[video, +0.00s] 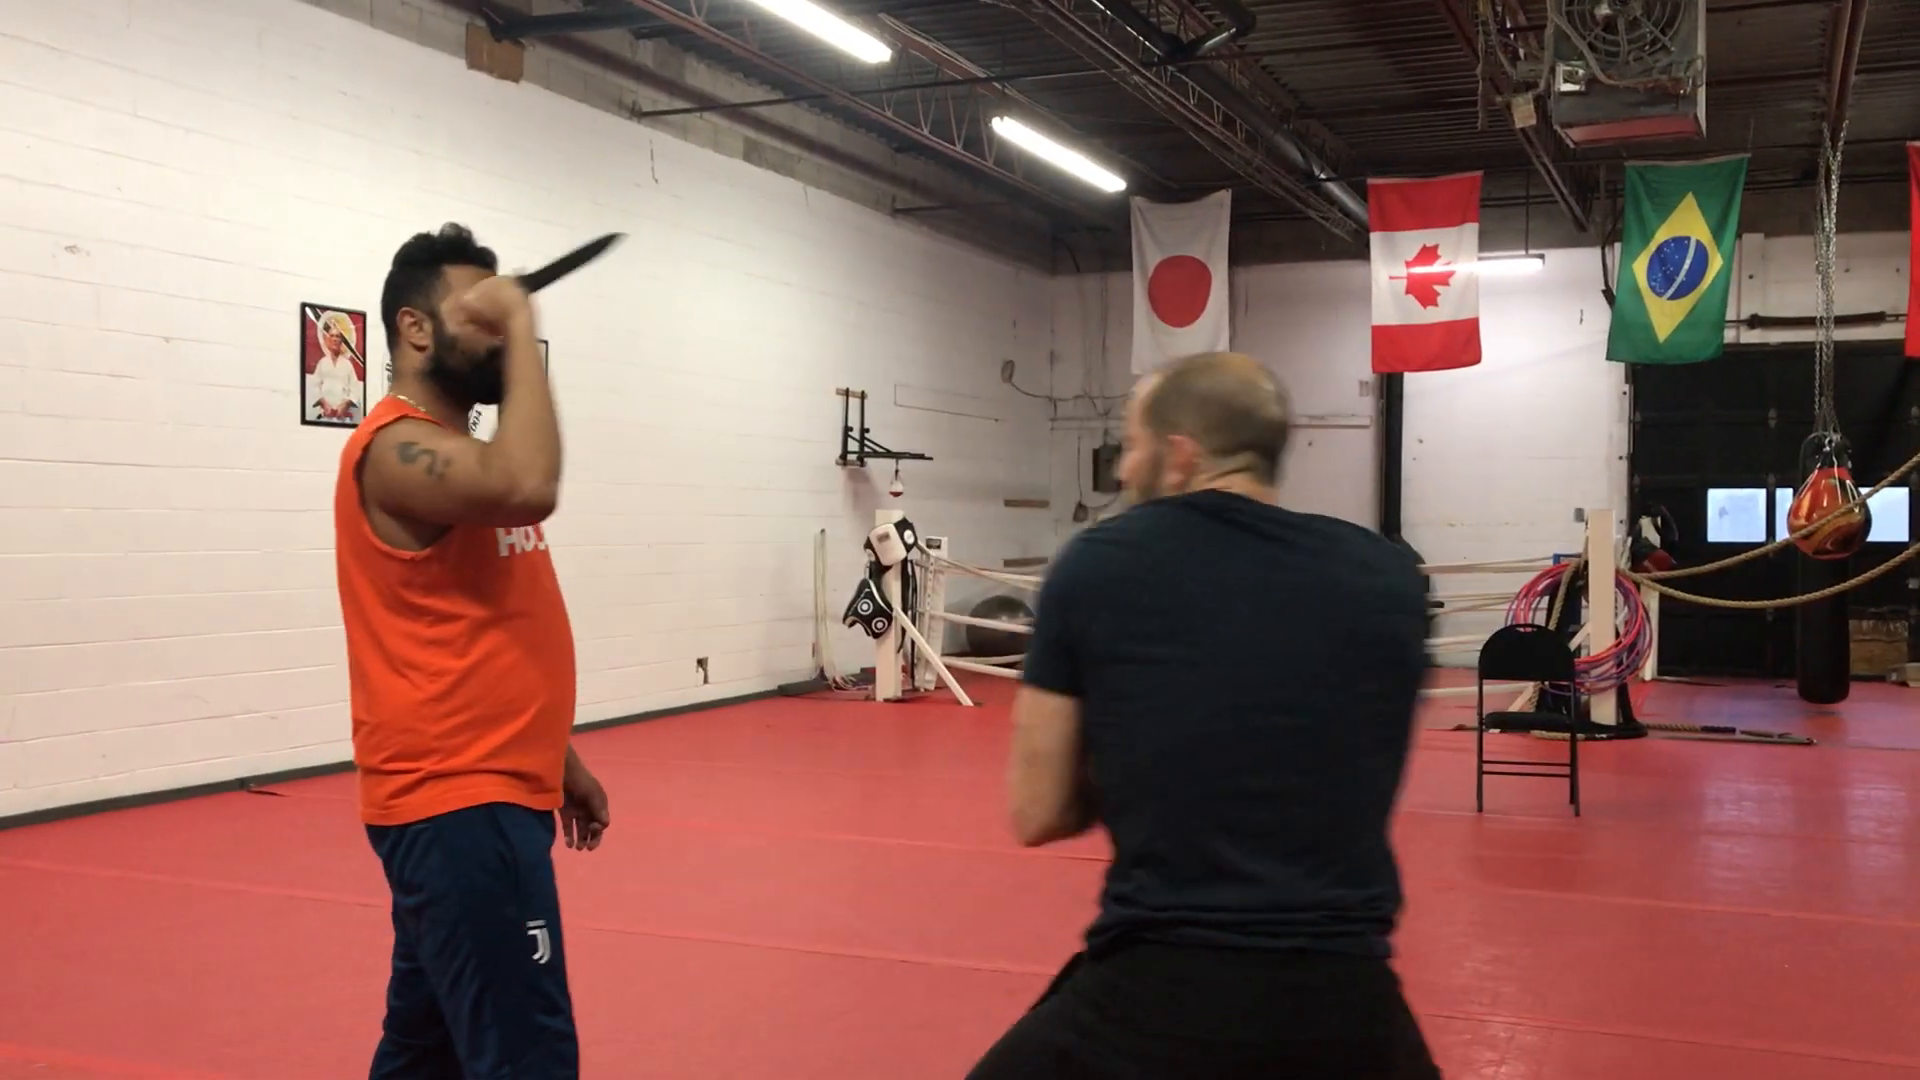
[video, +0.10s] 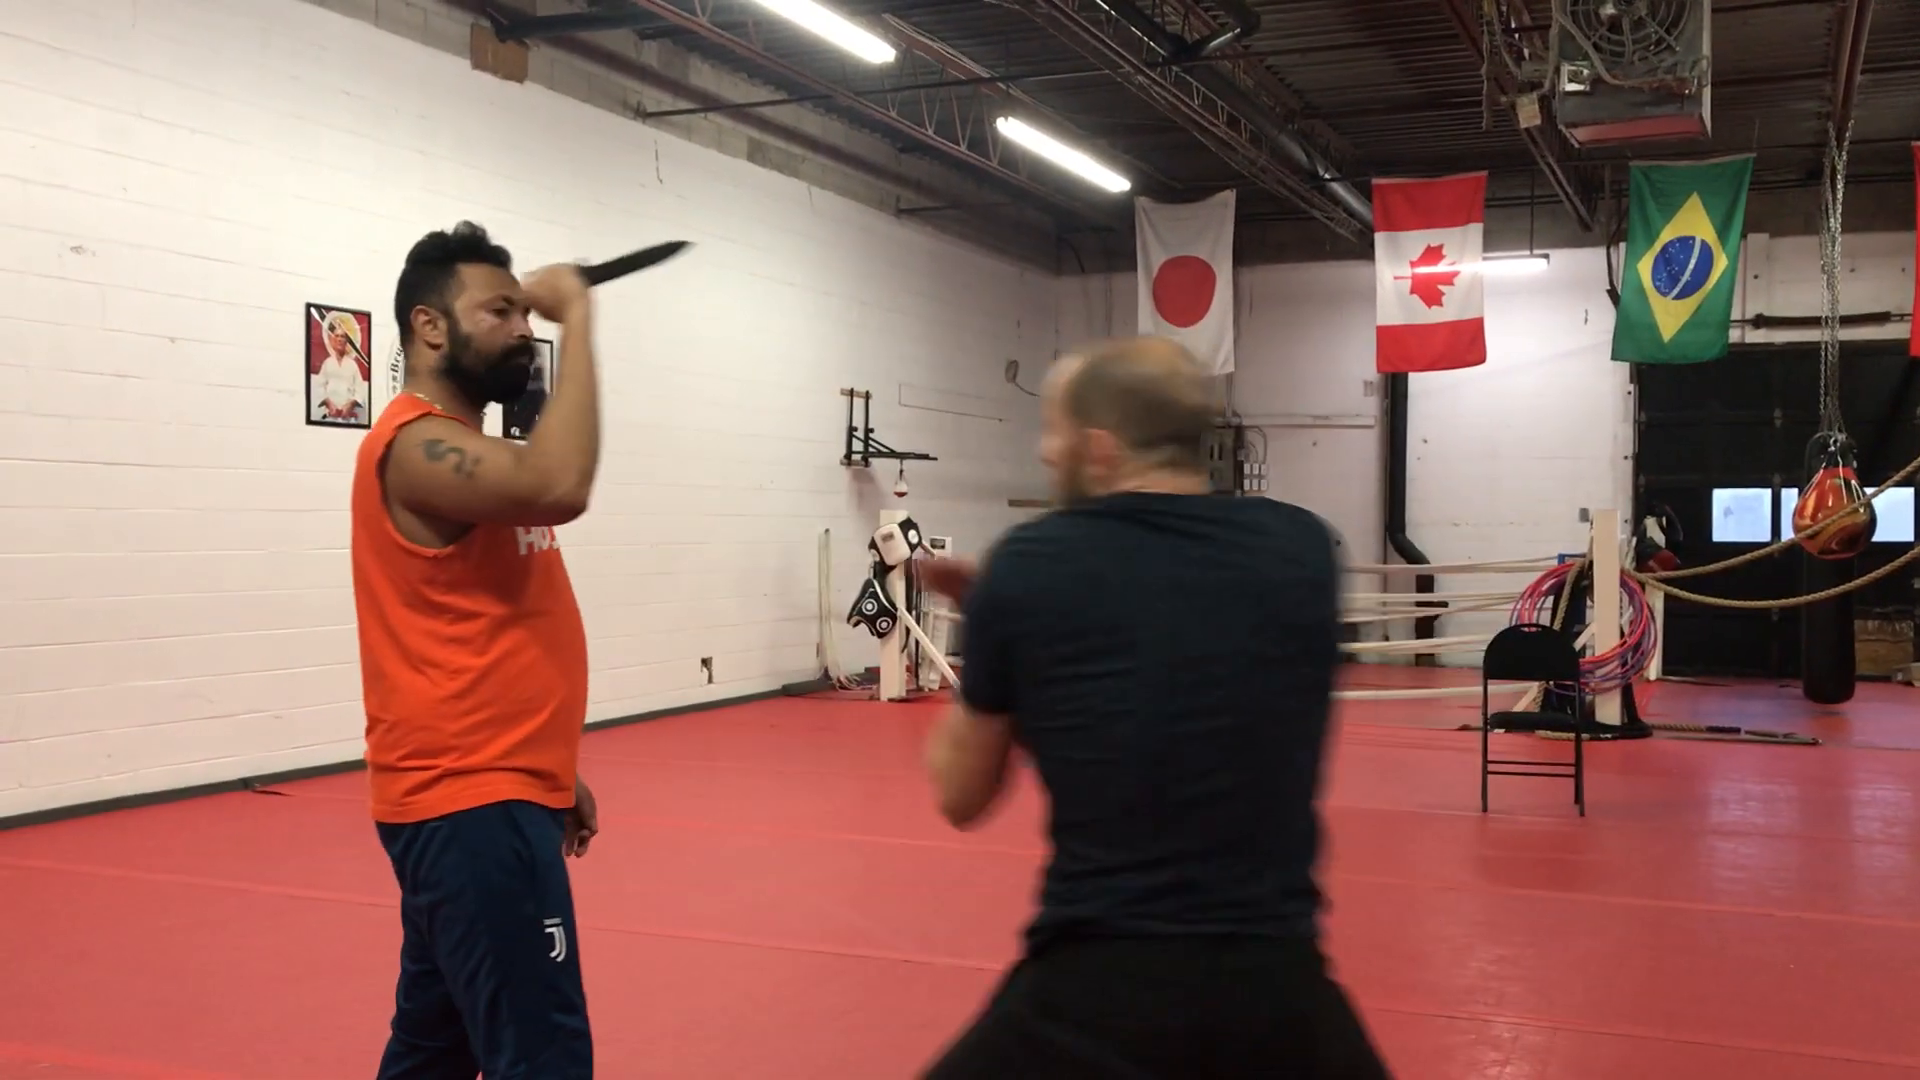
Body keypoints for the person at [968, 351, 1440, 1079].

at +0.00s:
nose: (1120, 470)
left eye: (1129, 447)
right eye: (1123, 447)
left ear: (1181, 456)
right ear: (1268, 458)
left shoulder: (1099, 559)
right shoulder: (1390, 571)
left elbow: (1037, 813)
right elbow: (1362, 783)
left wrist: (1165, 749)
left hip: (1147, 995)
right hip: (1349, 1007)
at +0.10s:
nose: (1041, 451)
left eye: (1049, 429)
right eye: (1042, 429)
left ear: (1099, 446)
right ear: (1190, 437)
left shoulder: (1031, 562)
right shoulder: (1305, 545)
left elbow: (962, 796)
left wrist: (992, 628)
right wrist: (997, 596)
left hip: (1092, 988)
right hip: (1280, 988)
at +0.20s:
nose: (936, 435)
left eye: (942, 414)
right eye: (937, 412)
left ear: (987, 438)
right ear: (1082, 414)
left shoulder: (933, 573)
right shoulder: (1184, 505)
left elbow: (866, 730)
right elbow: (1055, 516)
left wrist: (865, 554)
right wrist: (905, 512)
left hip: (1003, 959)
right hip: (1183, 958)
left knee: (856, 1067)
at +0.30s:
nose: (841, 416)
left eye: (842, 397)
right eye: (838, 392)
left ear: (884, 430)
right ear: (976, 391)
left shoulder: (848, 572)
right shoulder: (1076, 467)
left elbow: (765, 644)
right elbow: (921, 443)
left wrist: (739, 492)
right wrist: (776, 446)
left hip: (924, 944)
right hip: (1101, 936)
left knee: (794, 1069)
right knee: (1213, 1070)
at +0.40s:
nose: (758, 409)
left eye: (757, 398)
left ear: (786, 428)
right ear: (890, 375)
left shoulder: (775, 567)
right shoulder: (998, 450)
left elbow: (698, 575)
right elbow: (872, 396)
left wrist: (658, 449)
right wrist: (688, 396)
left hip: (875, 925)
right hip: (1052, 911)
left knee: (765, 1067)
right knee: (1167, 1069)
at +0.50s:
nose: (699, 414)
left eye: (697, 398)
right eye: (695, 394)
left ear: (731, 422)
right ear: (833, 370)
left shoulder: (722, 562)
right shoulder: (949, 439)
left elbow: (685, 565)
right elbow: (831, 372)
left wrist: (656, 430)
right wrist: (675, 351)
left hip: (842, 914)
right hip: (1017, 896)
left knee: (748, 1067)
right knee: (1128, 1070)